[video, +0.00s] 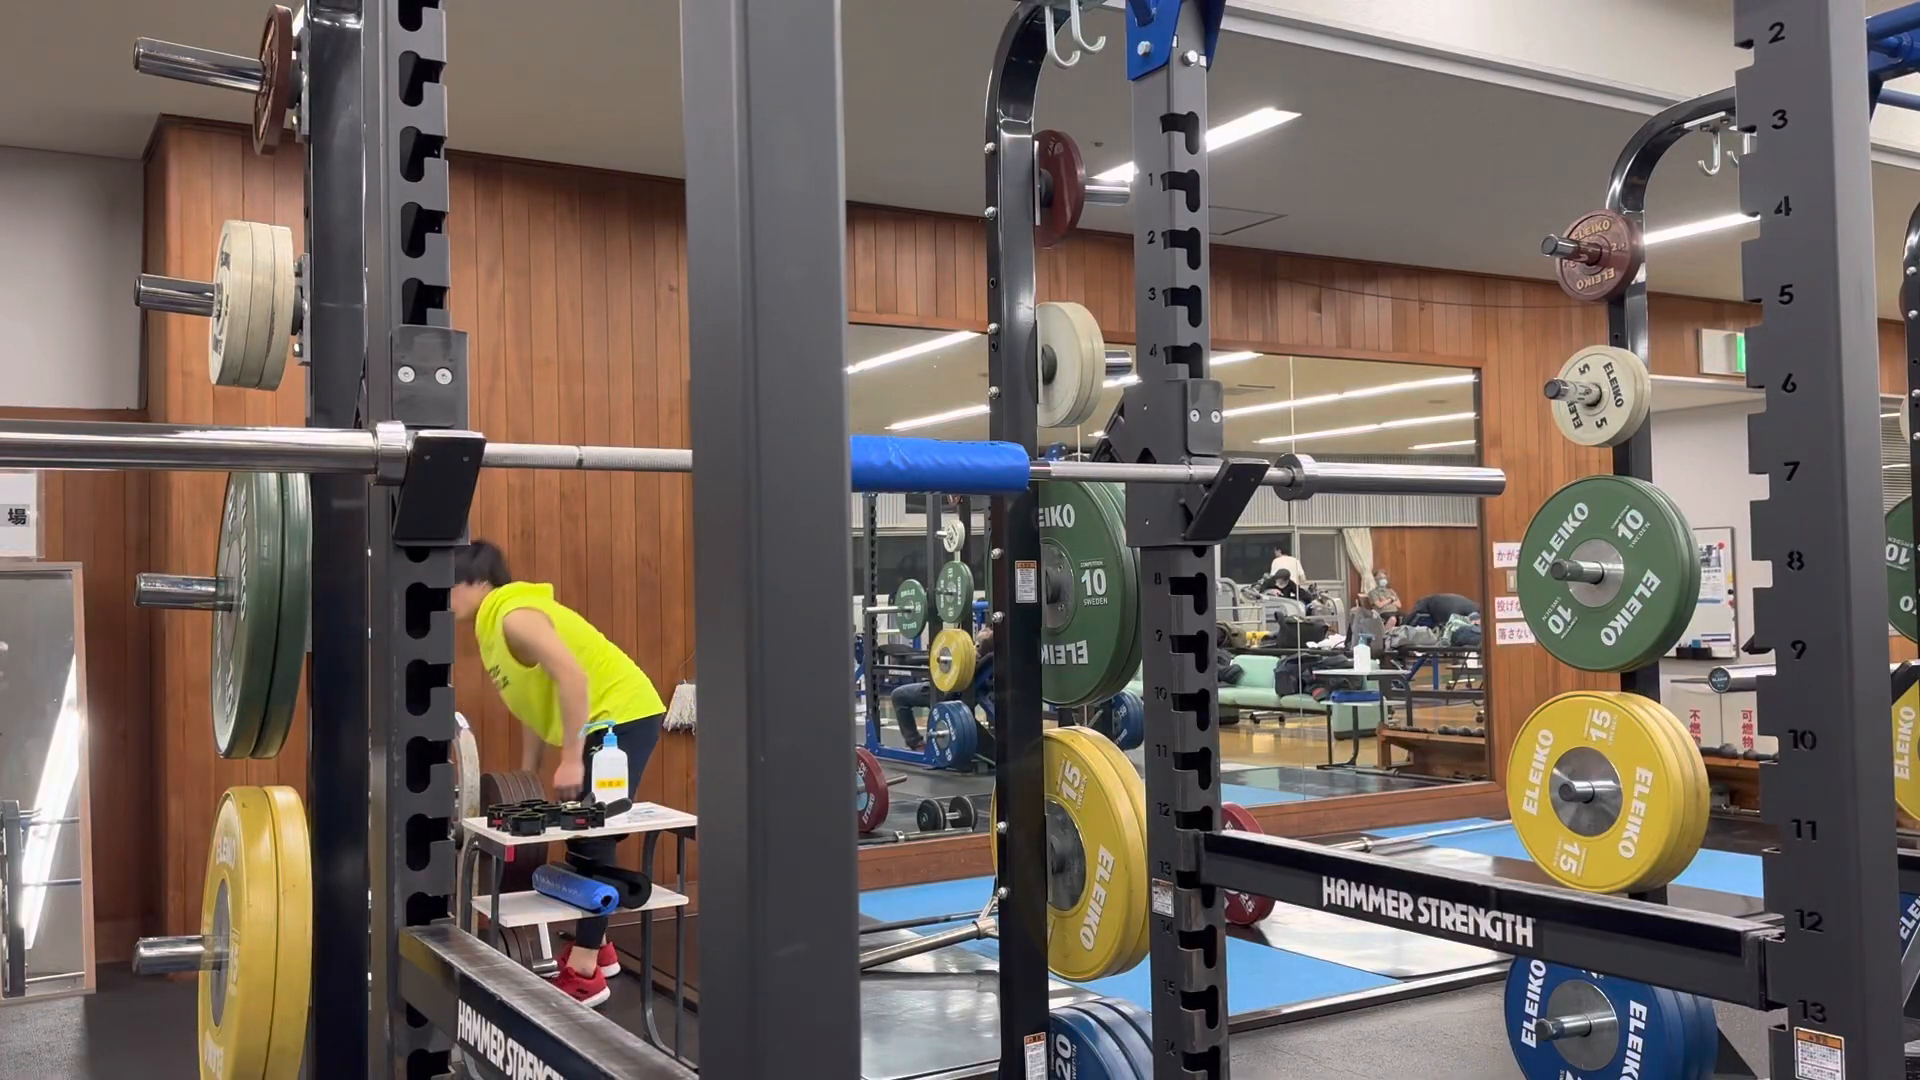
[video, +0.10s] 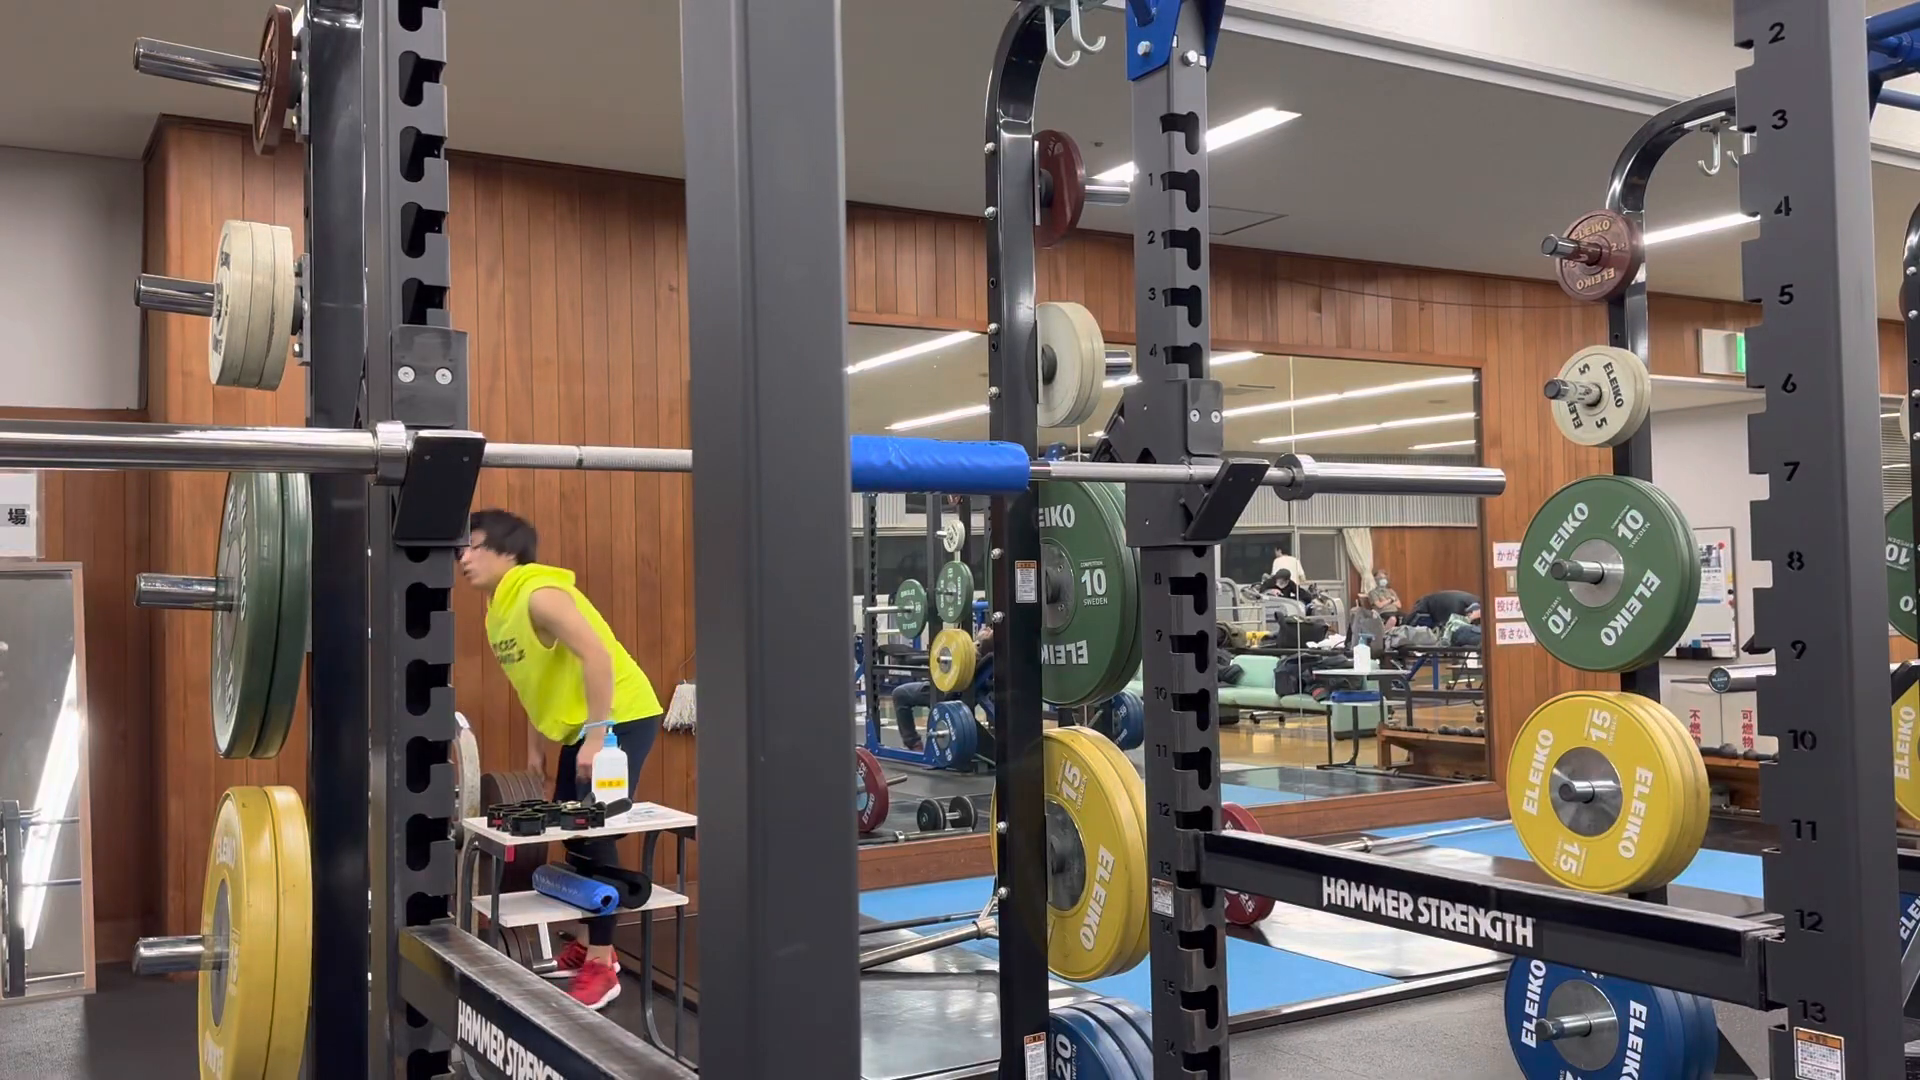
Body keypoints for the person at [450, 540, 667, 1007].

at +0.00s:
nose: (447, 597)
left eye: (452, 586)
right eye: (446, 587)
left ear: (478, 582)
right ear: (477, 584)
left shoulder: (514, 617)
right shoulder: (493, 625)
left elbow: (574, 677)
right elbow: (534, 697)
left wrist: (571, 758)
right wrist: (527, 769)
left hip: (621, 718)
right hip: (595, 721)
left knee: (592, 840)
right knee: (584, 837)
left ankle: (583, 967)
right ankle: (596, 946)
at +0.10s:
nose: (463, 557)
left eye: (473, 547)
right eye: (463, 548)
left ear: (505, 552)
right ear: (490, 555)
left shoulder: (541, 597)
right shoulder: (501, 608)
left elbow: (596, 655)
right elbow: (537, 684)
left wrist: (596, 734)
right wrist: (537, 754)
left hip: (619, 721)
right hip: (578, 725)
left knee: (594, 834)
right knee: (575, 835)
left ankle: (604, 962)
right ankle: (585, 946)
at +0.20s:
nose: (483, 542)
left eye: (496, 531)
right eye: (479, 535)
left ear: (529, 539)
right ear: (480, 547)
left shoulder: (556, 586)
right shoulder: (504, 602)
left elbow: (613, 649)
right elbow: (538, 670)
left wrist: (608, 726)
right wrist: (538, 731)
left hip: (615, 725)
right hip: (571, 733)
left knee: (598, 840)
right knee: (568, 840)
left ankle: (610, 958)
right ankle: (586, 943)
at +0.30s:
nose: (510, 526)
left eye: (522, 516)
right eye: (506, 521)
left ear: (553, 527)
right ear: (504, 536)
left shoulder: (580, 577)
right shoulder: (516, 593)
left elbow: (638, 643)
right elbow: (547, 656)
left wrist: (625, 725)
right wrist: (530, 711)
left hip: (611, 735)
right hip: (567, 740)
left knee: (605, 849)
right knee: (564, 843)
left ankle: (612, 959)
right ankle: (587, 938)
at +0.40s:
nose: (535, 515)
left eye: (549, 507)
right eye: (528, 510)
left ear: (576, 520)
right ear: (522, 527)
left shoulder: (603, 570)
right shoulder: (529, 582)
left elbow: (660, 638)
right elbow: (544, 645)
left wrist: (641, 717)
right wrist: (529, 696)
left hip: (617, 737)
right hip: (565, 738)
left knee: (615, 850)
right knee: (557, 843)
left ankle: (613, 957)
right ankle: (582, 930)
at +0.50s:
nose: (570, 507)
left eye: (581, 498)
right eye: (557, 501)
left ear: (602, 511)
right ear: (545, 516)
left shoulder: (633, 565)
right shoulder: (538, 576)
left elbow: (685, 624)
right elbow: (530, 636)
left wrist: (667, 700)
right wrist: (530, 672)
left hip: (631, 735)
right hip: (568, 736)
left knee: (627, 849)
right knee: (559, 842)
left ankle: (616, 953)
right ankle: (579, 921)